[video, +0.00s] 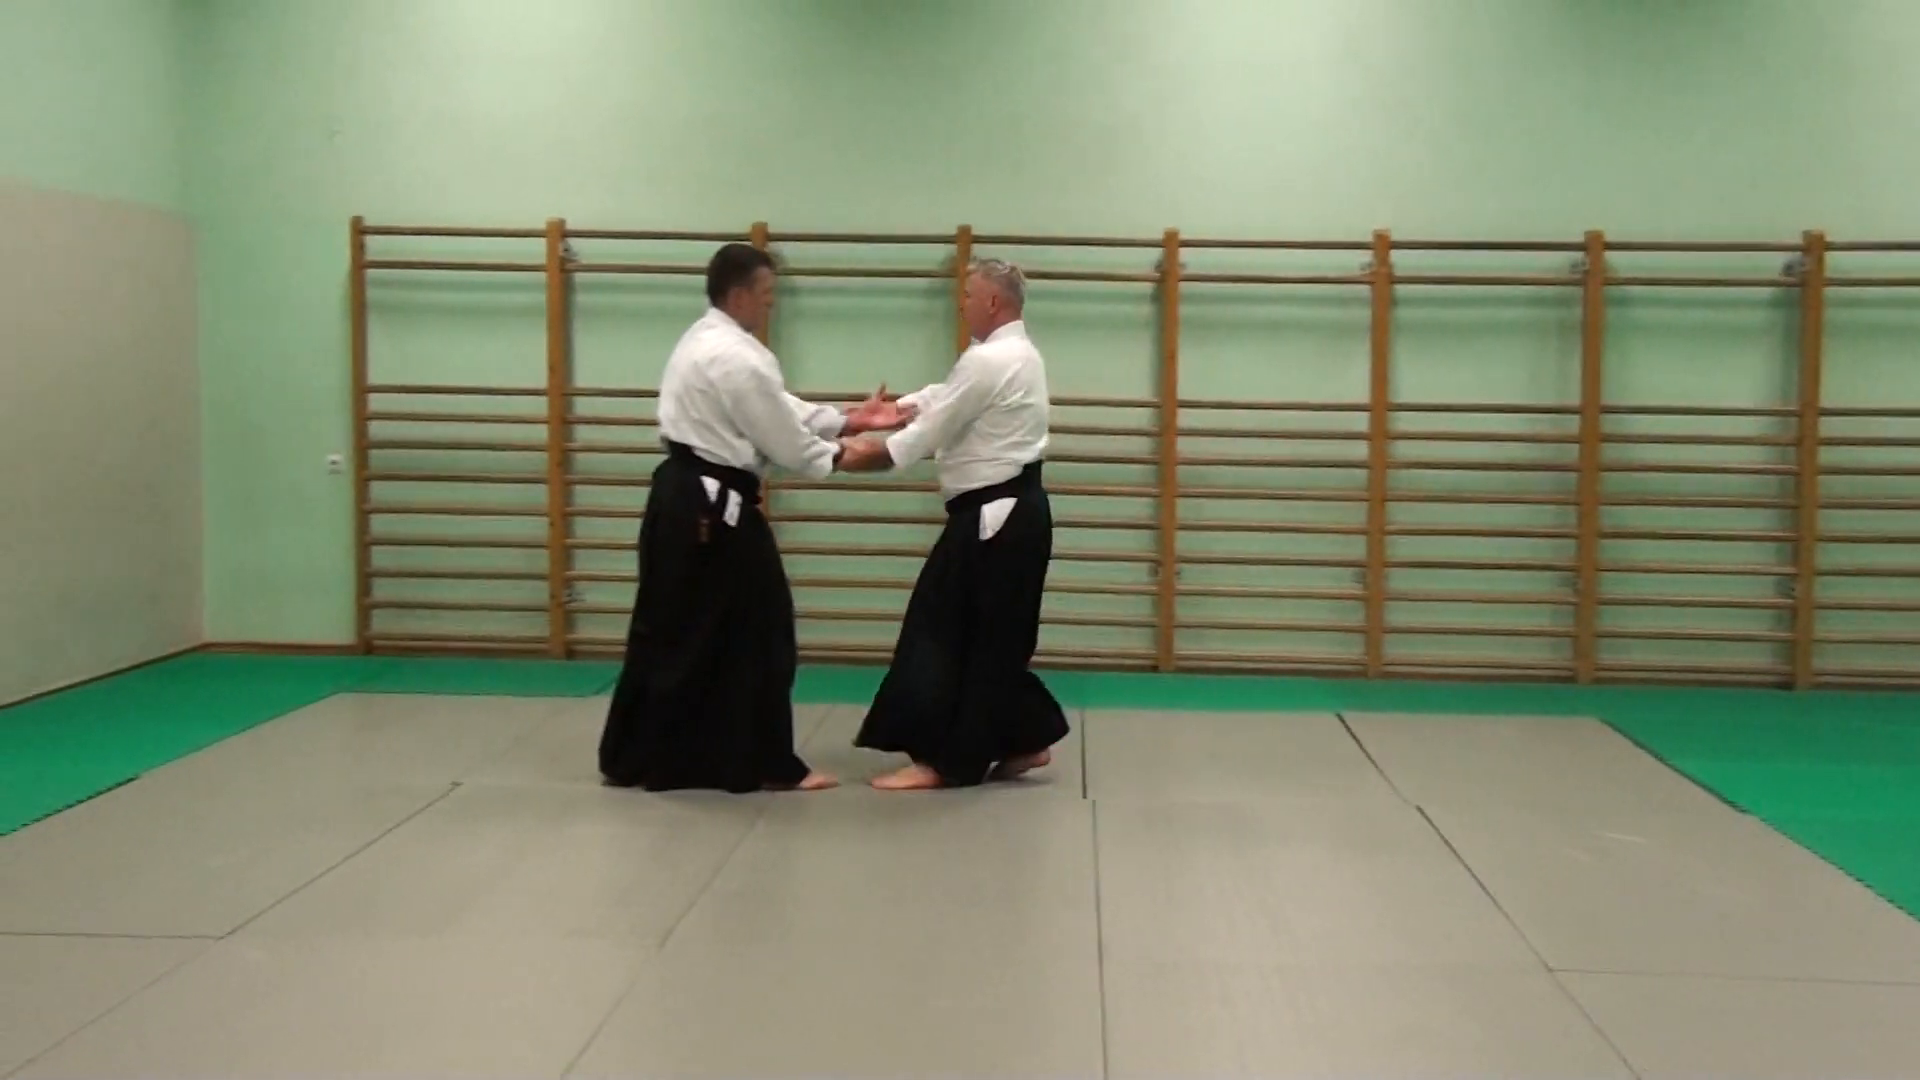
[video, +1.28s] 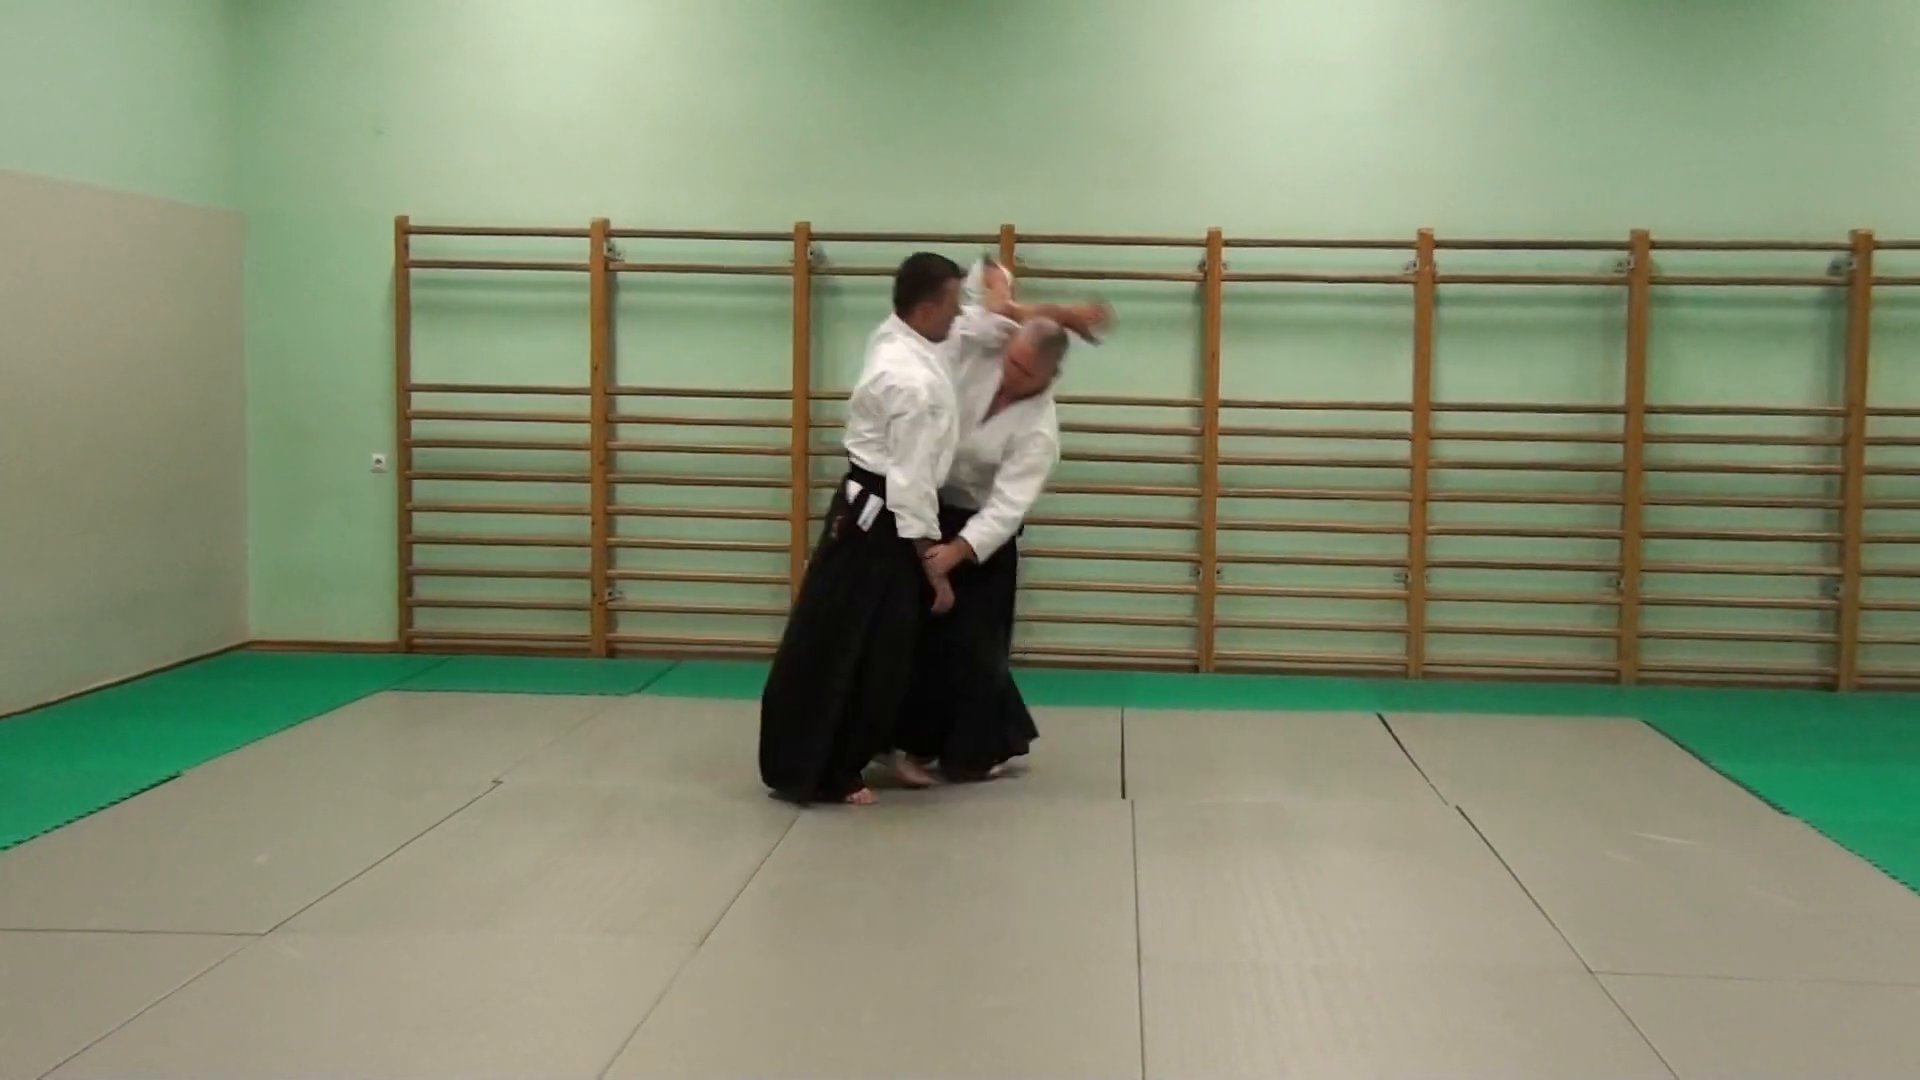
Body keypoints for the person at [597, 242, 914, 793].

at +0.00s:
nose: (771, 304)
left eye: (771, 293)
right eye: (765, 293)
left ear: (729, 294)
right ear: (737, 294)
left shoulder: (700, 340)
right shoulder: (742, 360)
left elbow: (777, 411)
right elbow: (789, 449)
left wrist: (851, 416)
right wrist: (842, 457)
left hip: (678, 495)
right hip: (720, 508)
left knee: (668, 625)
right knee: (766, 625)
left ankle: (638, 756)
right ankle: (769, 761)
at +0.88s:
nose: (839, 303)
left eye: (838, 292)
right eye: (835, 292)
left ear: (790, 293)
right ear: (814, 294)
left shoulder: (761, 342)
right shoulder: (814, 361)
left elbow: (819, 419)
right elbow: (830, 461)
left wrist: (868, 379)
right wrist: (857, 501)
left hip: (732, 491)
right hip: (773, 507)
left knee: (721, 621)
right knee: (834, 616)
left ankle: (675, 749)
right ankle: (828, 757)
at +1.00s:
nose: (867, 306)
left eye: (865, 295)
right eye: (863, 296)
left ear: (818, 296)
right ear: (844, 300)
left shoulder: (794, 342)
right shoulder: (839, 364)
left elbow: (862, 393)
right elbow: (854, 461)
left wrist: (896, 334)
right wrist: (877, 525)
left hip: (768, 495)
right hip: (802, 512)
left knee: (748, 627)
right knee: (850, 623)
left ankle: (685, 748)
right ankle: (835, 767)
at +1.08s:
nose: (894, 303)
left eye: (895, 294)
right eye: (890, 294)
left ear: (846, 292)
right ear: (871, 295)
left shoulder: (823, 338)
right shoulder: (869, 366)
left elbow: (893, 364)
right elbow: (878, 463)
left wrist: (927, 307)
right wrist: (891, 535)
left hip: (801, 499)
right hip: (833, 515)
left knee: (776, 629)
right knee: (859, 635)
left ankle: (705, 737)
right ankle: (839, 773)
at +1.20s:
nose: (936, 304)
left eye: (935, 293)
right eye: (930, 294)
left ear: (884, 297)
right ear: (908, 300)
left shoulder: (865, 336)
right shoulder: (900, 373)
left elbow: (937, 326)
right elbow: (902, 477)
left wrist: (1004, 291)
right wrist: (920, 556)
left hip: (836, 505)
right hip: (869, 524)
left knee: (812, 631)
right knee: (863, 648)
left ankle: (781, 754)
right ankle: (836, 771)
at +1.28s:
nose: (958, 311)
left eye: (958, 301)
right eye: (952, 302)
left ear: (911, 302)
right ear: (927, 306)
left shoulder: (899, 338)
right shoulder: (915, 381)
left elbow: (969, 324)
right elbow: (910, 486)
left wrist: (1052, 317)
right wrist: (934, 570)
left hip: (861, 507)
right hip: (881, 527)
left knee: (837, 642)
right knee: (862, 651)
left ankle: (807, 763)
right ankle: (830, 774)